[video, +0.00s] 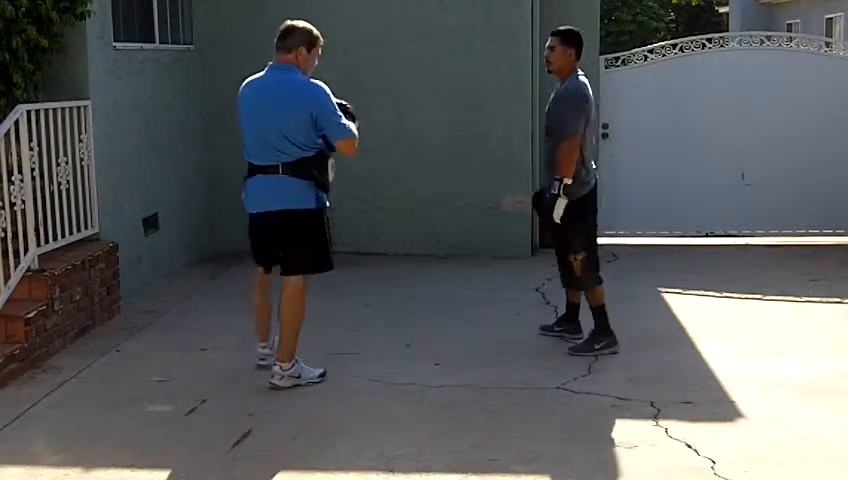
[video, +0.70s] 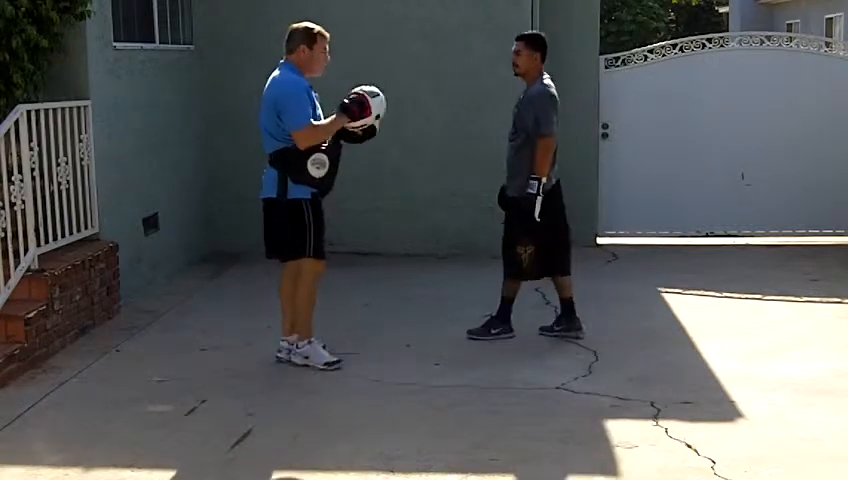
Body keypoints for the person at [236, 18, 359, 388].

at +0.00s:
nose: (317, 62)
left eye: (317, 55)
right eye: (316, 54)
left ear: (280, 50)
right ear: (303, 52)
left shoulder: (248, 88)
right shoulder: (312, 91)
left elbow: (259, 136)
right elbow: (348, 146)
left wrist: (316, 116)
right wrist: (347, 118)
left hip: (258, 195)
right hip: (299, 197)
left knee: (264, 270)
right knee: (294, 279)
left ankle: (264, 347)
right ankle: (285, 365)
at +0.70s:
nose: (328, 57)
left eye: (328, 51)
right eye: (324, 50)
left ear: (300, 52)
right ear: (303, 51)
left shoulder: (286, 81)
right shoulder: (290, 86)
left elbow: (306, 133)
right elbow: (306, 138)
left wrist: (342, 123)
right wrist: (342, 117)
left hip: (285, 189)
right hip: (296, 191)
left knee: (294, 263)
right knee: (313, 264)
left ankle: (290, 340)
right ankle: (303, 342)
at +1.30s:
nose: (326, 53)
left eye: (324, 47)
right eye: (320, 47)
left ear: (299, 52)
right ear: (298, 51)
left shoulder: (301, 83)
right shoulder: (287, 88)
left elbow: (334, 124)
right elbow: (326, 135)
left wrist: (356, 97)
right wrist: (354, 98)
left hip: (314, 187)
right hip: (298, 191)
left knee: (324, 259)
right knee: (310, 262)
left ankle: (321, 330)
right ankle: (304, 345)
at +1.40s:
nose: (327, 53)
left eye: (326, 46)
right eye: (322, 46)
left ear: (301, 51)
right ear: (300, 51)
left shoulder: (305, 82)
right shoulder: (287, 88)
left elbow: (335, 124)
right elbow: (318, 137)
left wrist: (361, 105)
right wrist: (353, 107)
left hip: (316, 185)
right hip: (300, 189)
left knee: (320, 258)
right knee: (311, 261)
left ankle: (319, 329)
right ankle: (304, 345)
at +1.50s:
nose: (330, 51)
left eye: (329, 45)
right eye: (325, 45)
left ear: (306, 51)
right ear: (305, 51)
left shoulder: (309, 82)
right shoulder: (288, 89)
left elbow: (328, 119)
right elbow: (298, 145)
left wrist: (357, 116)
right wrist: (344, 132)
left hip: (318, 186)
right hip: (301, 190)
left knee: (321, 260)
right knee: (311, 262)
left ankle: (320, 329)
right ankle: (304, 345)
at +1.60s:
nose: (335, 51)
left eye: (334, 45)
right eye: (330, 45)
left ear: (312, 51)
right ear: (310, 51)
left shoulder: (314, 84)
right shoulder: (287, 91)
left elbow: (322, 136)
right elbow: (283, 149)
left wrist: (352, 134)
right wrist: (323, 165)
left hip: (320, 189)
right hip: (302, 193)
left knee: (322, 260)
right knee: (312, 262)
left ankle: (319, 330)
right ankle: (304, 345)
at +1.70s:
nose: (340, 52)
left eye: (339, 46)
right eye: (335, 46)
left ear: (316, 52)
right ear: (315, 51)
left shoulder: (316, 82)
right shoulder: (291, 91)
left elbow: (330, 128)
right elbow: (277, 150)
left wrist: (358, 132)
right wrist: (297, 185)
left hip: (324, 186)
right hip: (308, 189)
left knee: (323, 259)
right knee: (315, 262)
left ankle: (319, 330)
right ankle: (304, 345)